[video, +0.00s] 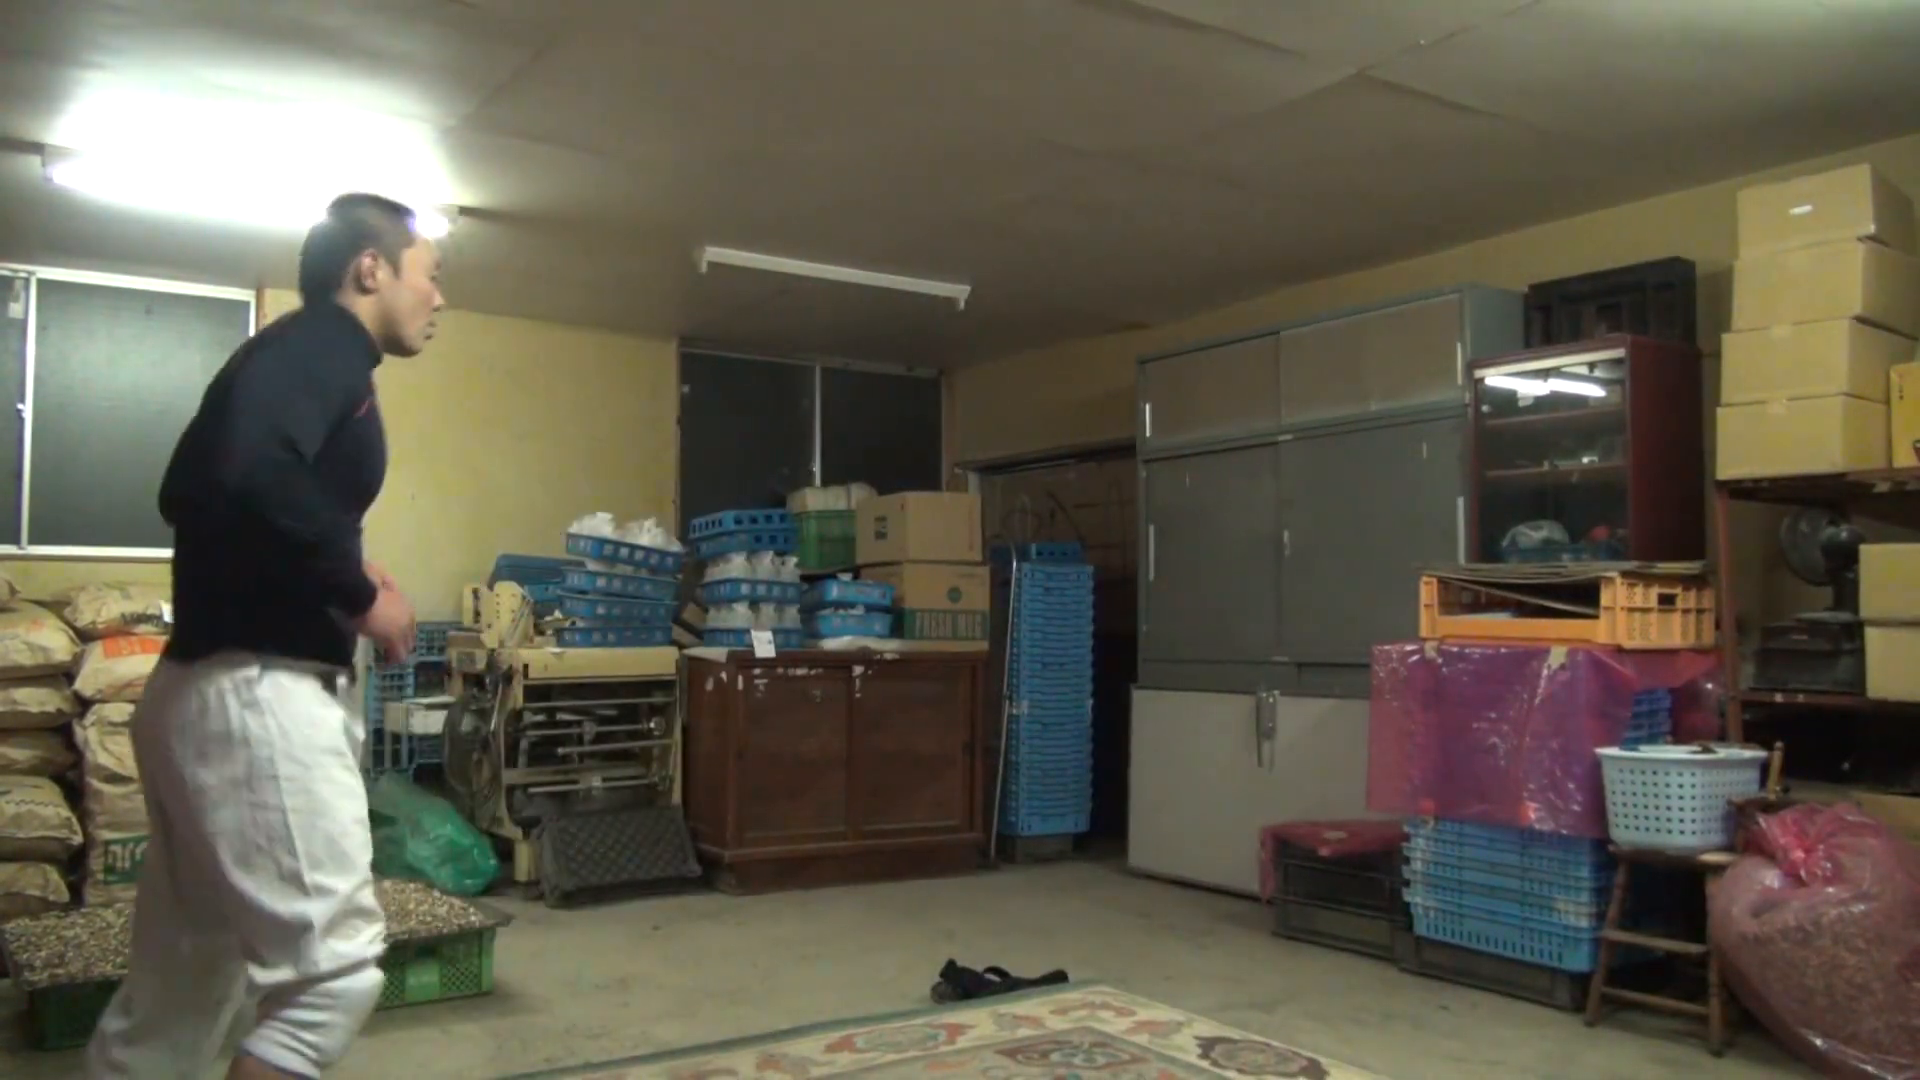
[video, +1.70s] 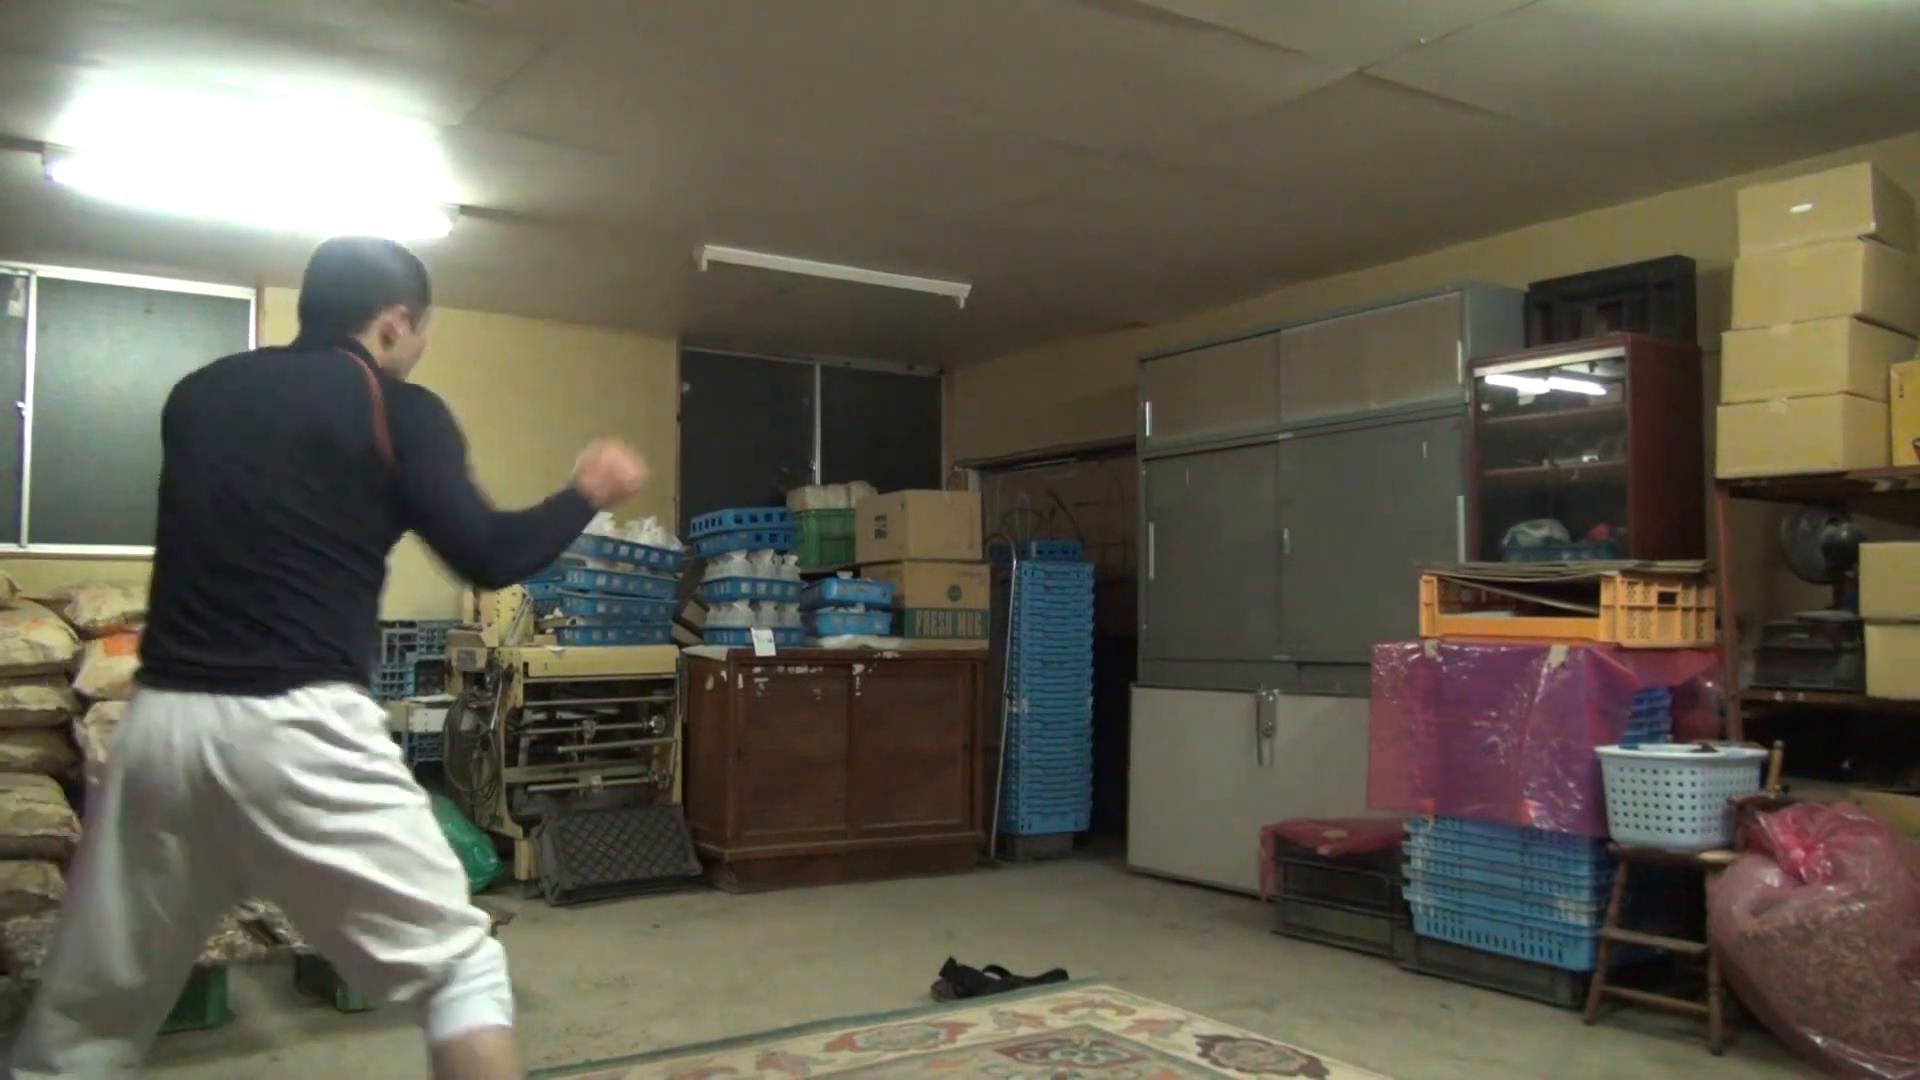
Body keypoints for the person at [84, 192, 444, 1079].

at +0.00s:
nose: (439, 295)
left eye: (437, 273)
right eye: (428, 271)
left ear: (358, 273)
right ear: (370, 270)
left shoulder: (268, 350)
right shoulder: (324, 344)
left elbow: (184, 494)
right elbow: (254, 468)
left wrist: (328, 577)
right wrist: (364, 589)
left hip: (201, 691)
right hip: (260, 698)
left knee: (180, 985)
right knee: (329, 973)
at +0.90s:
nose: (414, 280)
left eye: (413, 257)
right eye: (405, 254)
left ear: (316, 253)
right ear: (347, 248)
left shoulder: (219, 331)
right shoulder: (306, 320)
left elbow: (248, 482)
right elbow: (296, 462)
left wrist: (374, 511)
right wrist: (451, 507)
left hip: (104, 680)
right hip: (221, 681)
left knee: (75, 1007)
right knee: (346, 965)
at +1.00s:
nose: (415, 304)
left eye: (414, 278)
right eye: (406, 276)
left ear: (323, 271)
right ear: (353, 269)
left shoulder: (207, 358)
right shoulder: (325, 346)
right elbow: (405, 467)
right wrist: (550, 460)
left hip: (111, 705)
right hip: (239, 704)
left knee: (84, 1023)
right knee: (347, 1000)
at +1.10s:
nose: (423, 313)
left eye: (425, 292)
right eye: (419, 289)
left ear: (305, 282)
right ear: (371, 277)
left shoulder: (214, 367)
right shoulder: (349, 355)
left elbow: (324, 500)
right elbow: (491, 450)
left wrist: (442, 433)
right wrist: (616, 405)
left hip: (113, 715)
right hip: (248, 711)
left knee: (103, 1018)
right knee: (359, 1001)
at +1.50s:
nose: (425, 332)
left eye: (428, 310)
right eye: (419, 306)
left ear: (343, 305)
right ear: (362, 300)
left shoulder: (225, 377)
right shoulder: (328, 370)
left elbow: (315, 537)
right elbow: (403, 520)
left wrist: (467, 539)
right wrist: (553, 489)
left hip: (72, 707)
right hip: (195, 709)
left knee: (50, 1023)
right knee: (312, 991)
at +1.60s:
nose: (419, 339)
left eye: (421, 316)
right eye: (415, 313)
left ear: (309, 310)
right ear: (366, 308)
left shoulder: (205, 380)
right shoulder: (353, 390)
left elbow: (288, 501)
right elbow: (394, 566)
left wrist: (433, 498)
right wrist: (539, 548)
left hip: (101, 715)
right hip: (236, 716)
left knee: (51, 1018)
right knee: (411, 957)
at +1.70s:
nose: (421, 349)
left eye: (423, 330)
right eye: (421, 328)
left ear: (309, 312)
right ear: (388, 321)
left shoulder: (197, 390)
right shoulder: (398, 409)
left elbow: (208, 540)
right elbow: (489, 553)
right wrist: (585, 494)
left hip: (158, 729)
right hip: (303, 730)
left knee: (84, 1012)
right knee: (457, 968)